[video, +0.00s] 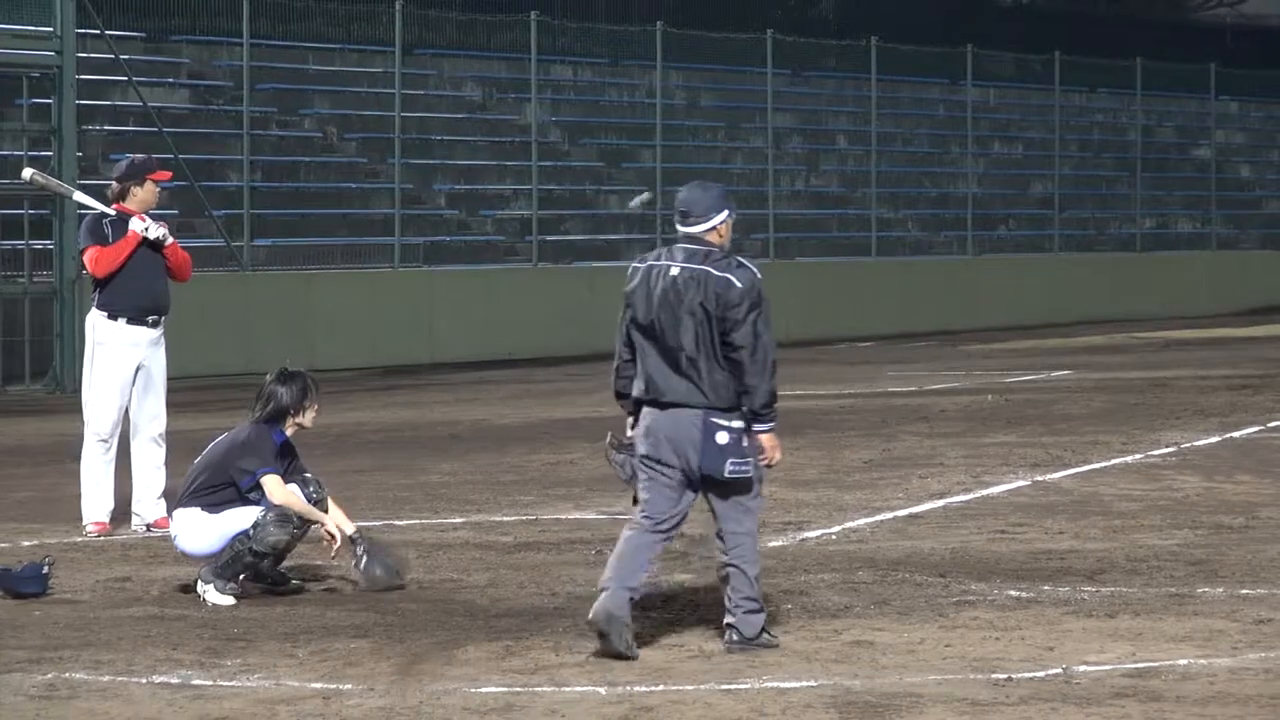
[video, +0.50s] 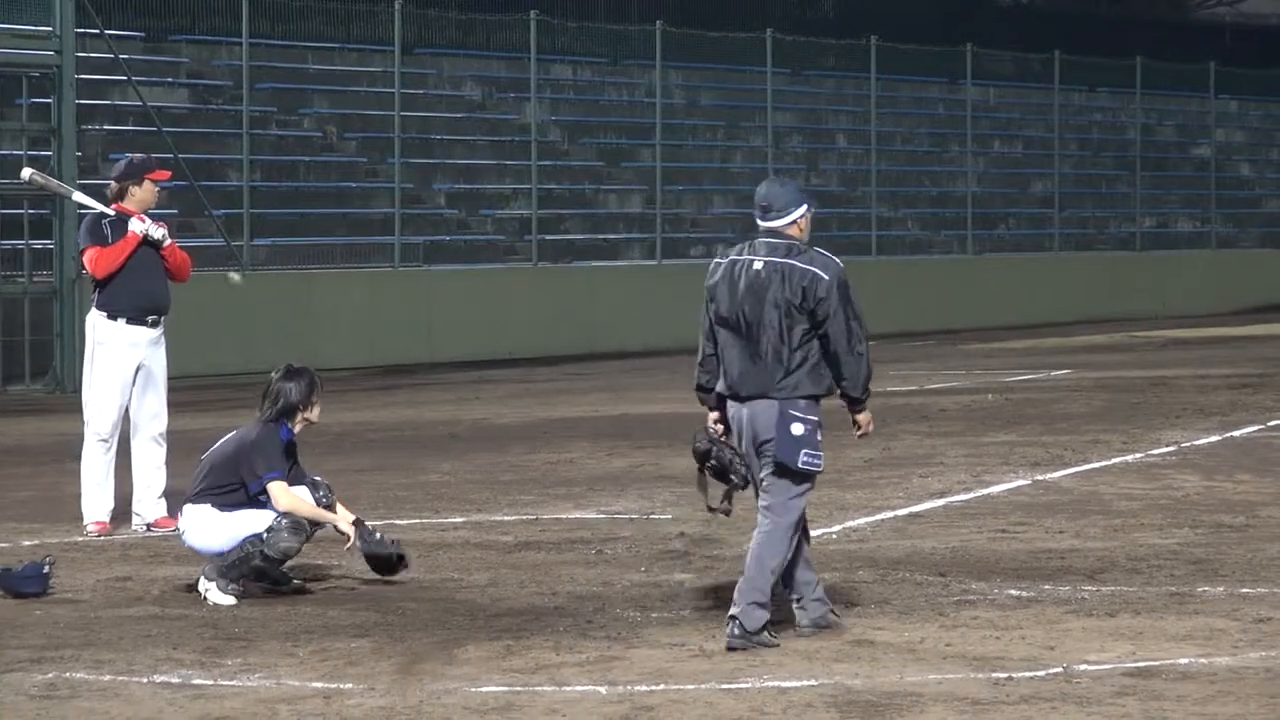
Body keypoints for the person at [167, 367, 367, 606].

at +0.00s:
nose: (317, 407)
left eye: (315, 401)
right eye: (312, 401)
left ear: (293, 411)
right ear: (294, 409)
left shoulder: (281, 444)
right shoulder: (256, 437)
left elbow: (313, 493)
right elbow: (278, 496)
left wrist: (355, 535)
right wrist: (323, 520)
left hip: (225, 515)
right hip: (193, 523)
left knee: (312, 492)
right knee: (280, 521)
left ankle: (262, 570)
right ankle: (214, 577)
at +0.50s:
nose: (320, 403)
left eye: (319, 397)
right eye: (317, 398)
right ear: (303, 406)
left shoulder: (282, 438)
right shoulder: (266, 438)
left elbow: (306, 489)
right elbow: (283, 501)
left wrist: (355, 523)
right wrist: (334, 520)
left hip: (230, 513)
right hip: (203, 521)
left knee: (318, 494)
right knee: (290, 528)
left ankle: (263, 567)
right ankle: (217, 575)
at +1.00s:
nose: (343, 374)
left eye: (341, 367)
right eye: (339, 368)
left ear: (306, 367)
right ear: (323, 374)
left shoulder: (299, 401)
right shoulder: (285, 402)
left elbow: (316, 451)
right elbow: (302, 468)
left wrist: (374, 467)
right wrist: (355, 508)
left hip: (245, 469)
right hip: (211, 475)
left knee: (319, 500)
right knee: (298, 528)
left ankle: (269, 559)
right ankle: (208, 575)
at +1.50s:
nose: (444, 366)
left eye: (445, 359)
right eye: (442, 358)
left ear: (421, 357)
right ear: (421, 356)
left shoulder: (408, 388)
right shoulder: (379, 374)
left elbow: (423, 435)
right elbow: (346, 438)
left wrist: (448, 475)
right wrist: (385, 484)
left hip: (327, 438)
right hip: (295, 423)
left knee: (390, 488)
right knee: (293, 526)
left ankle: (328, 562)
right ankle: (208, 577)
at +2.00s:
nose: (598, 228)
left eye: (595, 221)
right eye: (588, 222)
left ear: (579, 229)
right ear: (564, 231)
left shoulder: (607, 267)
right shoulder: (521, 272)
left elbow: (669, 279)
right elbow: (461, 277)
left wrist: (720, 306)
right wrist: (503, 237)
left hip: (598, 378)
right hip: (550, 380)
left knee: (639, 468)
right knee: (553, 478)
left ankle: (625, 524)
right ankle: (508, 556)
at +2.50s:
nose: (798, 193)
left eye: (795, 186)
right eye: (796, 187)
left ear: (753, 186)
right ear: (788, 190)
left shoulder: (728, 222)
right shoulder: (805, 226)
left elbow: (699, 279)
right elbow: (824, 281)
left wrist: (709, 326)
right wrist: (829, 328)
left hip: (749, 327)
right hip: (797, 324)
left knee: (758, 436)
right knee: (821, 404)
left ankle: (760, 534)